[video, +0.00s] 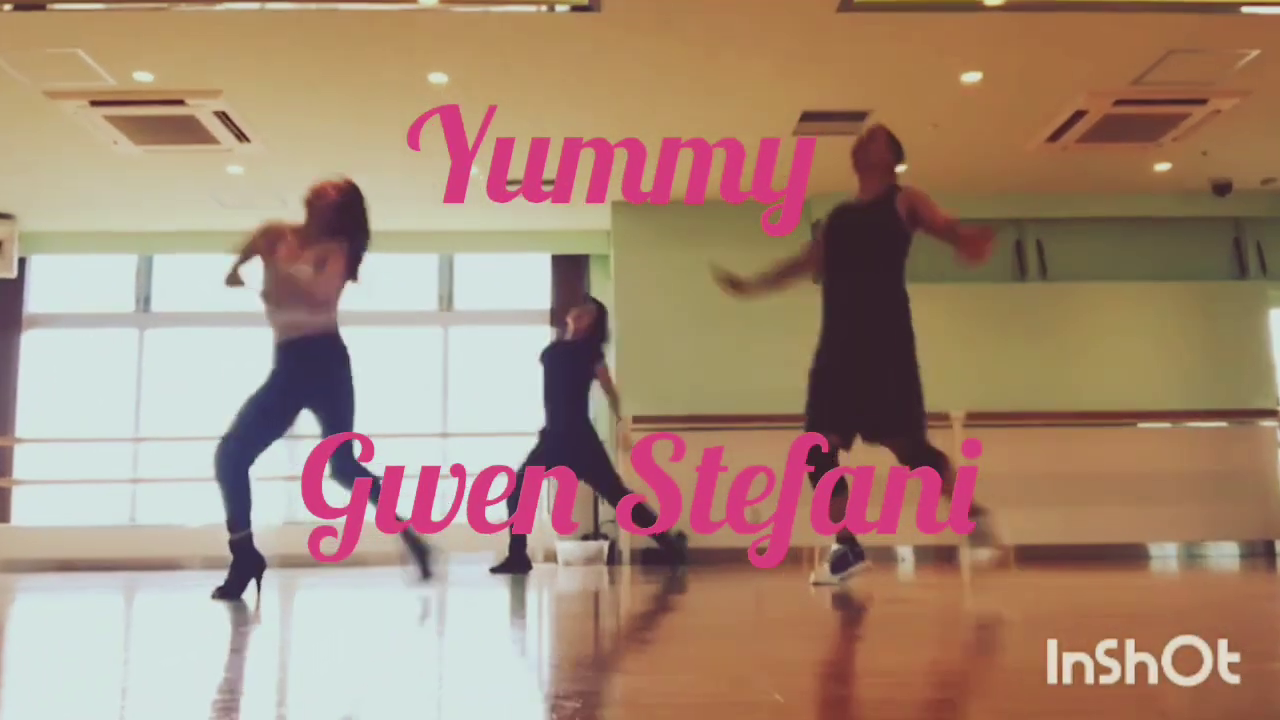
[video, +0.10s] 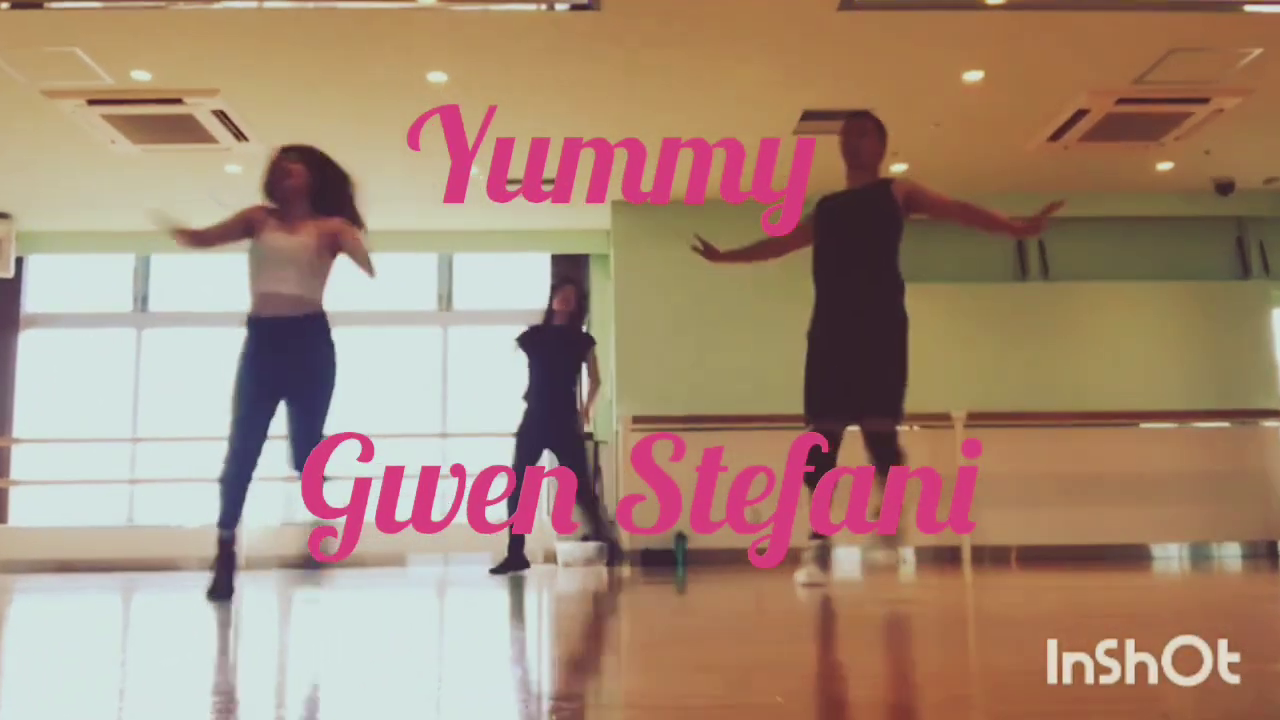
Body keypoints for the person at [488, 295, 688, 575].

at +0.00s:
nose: (576, 317)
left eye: (584, 315)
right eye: (575, 312)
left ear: (593, 325)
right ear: (569, 316)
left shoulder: (590, 351)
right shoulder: (553, 350)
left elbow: (609, 388)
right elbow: (556, 391)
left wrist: (619, 419)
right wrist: (552, 423)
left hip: (579, 437)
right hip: (553, 437)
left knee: (615, 494)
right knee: (517, 488)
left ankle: (668, 542)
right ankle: (517, 555)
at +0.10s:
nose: (563, 301)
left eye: (569, 298)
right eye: (560, 296)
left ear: (578, 304)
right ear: (551, 299)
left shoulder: (582, 339)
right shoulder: (534, 335)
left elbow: (594, 380)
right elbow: (534, 374)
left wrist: (586, 410)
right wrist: (530, 398)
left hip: (565, 417)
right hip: (535, 415)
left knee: (581, 487)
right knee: (518, 485)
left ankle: (608, 543)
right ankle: (515, 553)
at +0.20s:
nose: (546, 296)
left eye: (551, 291)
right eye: (540, 291)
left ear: (560, 297)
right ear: (531, 298)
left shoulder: (570, 332)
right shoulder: (521, 329)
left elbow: (586, 361)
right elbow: (492, 342)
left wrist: (598, 385)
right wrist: (469, 349)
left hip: (557, 416)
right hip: (526, 414)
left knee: (550, 481)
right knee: (511, 483)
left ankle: (538, 528)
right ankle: (497, 550)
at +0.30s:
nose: (530, 309)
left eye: (533, 303)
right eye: (523, 305)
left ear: (542, 308)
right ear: (514, 313)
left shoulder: (559, 346)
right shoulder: (512, 345)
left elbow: (591, 373)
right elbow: (464, 343)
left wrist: (622, 395)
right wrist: (424, 336)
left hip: (540, 430)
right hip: (514, 427)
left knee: (517, 496)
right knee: (506, 493)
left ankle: (482, 547)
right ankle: (480, 548)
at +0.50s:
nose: (520, 313)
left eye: (522, 307)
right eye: (512, 310)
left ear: (531, 313)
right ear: (503, 320)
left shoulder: (549, 346)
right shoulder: (503, 350)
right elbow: (467, 356)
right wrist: (430, 348)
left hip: (534, 430)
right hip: (510, 428)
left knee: (537, 497)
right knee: (510, 493)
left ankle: (493, 535)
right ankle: (486, 550)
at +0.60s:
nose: (522, 310)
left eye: (523, 304)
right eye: (514, 309)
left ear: (531, 306)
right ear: (508, 317)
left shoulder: (549, 341)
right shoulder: (513, 343)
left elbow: (549, 381)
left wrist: (553, 414)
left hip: (544, 425)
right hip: (518, 426)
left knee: (567, 480)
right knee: (507, 489)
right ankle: (484, 547)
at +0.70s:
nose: (530, 313)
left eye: (530, 307)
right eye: (522, 312)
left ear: (538, 312)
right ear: (514, 324)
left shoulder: (552, 347)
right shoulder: (524, 352)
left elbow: (551, 387)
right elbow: (526, 393)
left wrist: (561, 418)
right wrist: (556, 424)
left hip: (553, 427)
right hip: (527, 430)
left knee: (584, 484)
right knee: (517, 493)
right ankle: (488, 545)